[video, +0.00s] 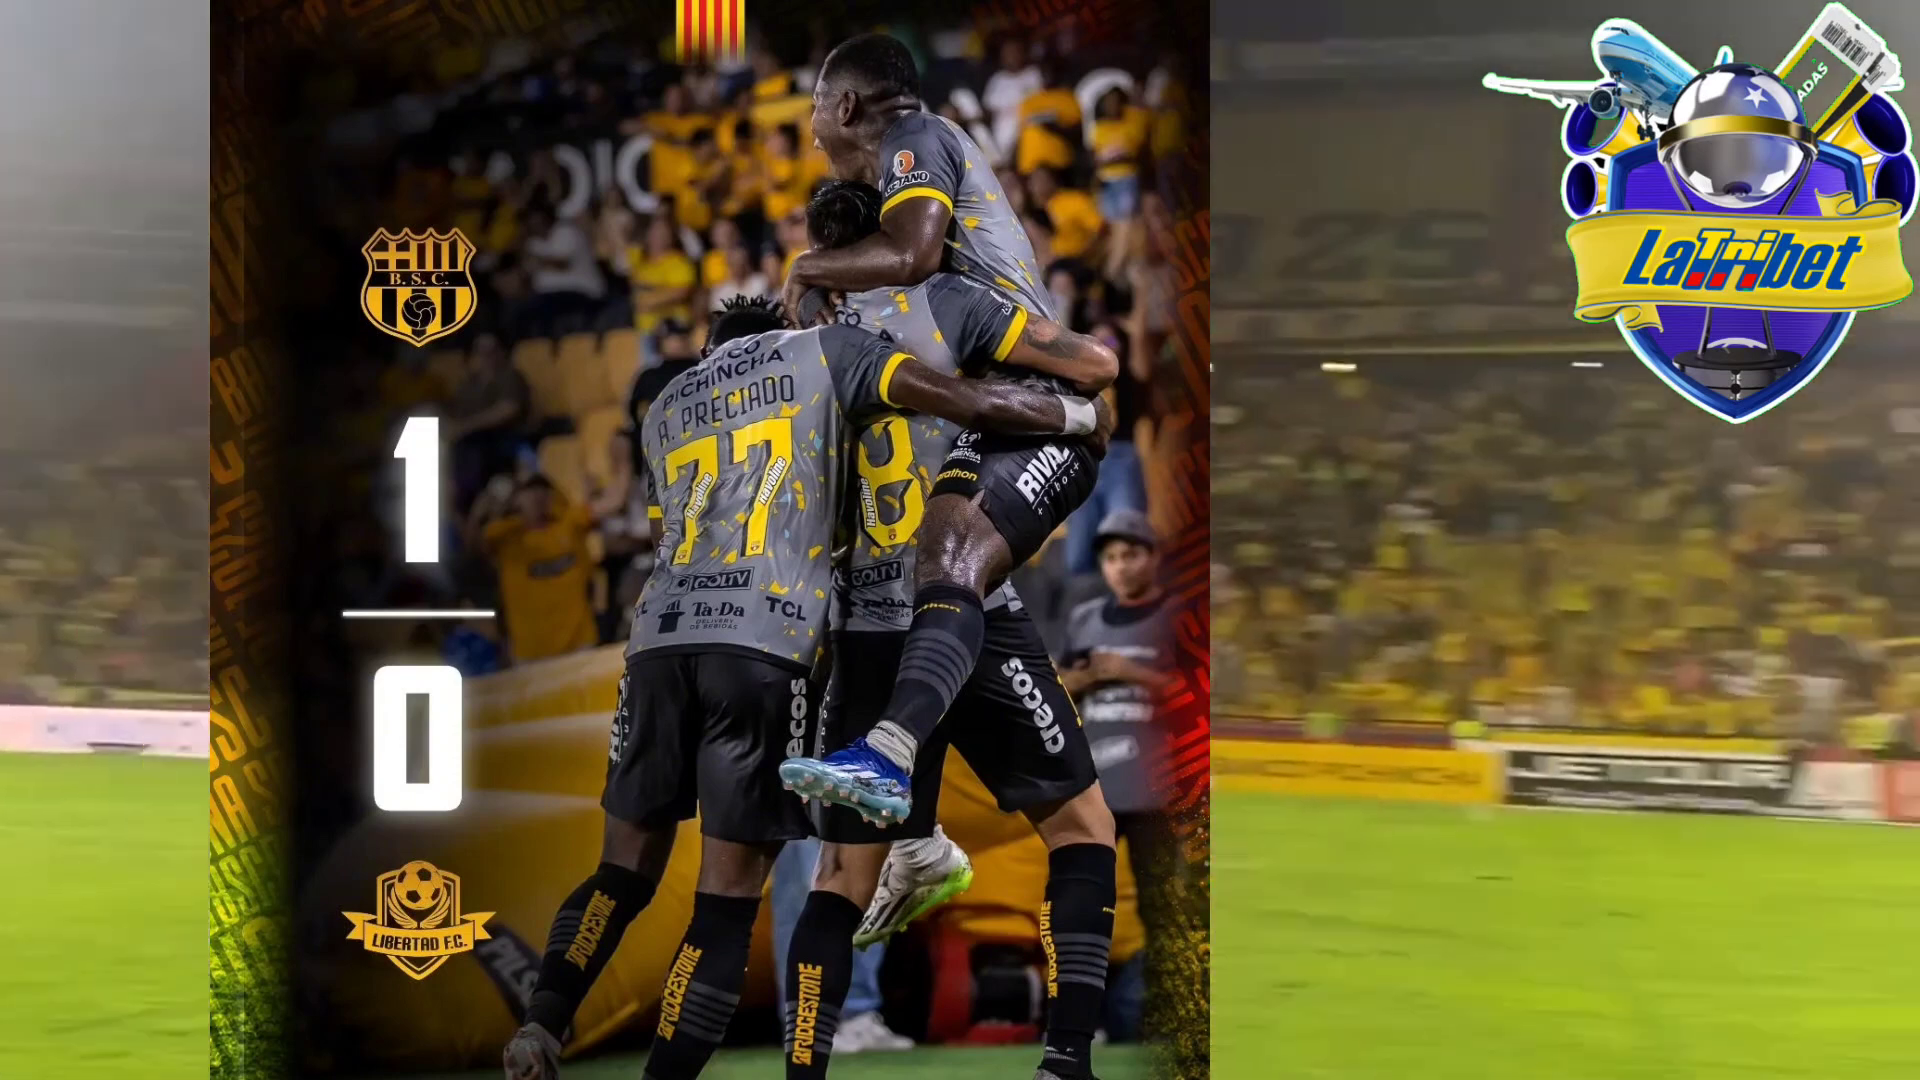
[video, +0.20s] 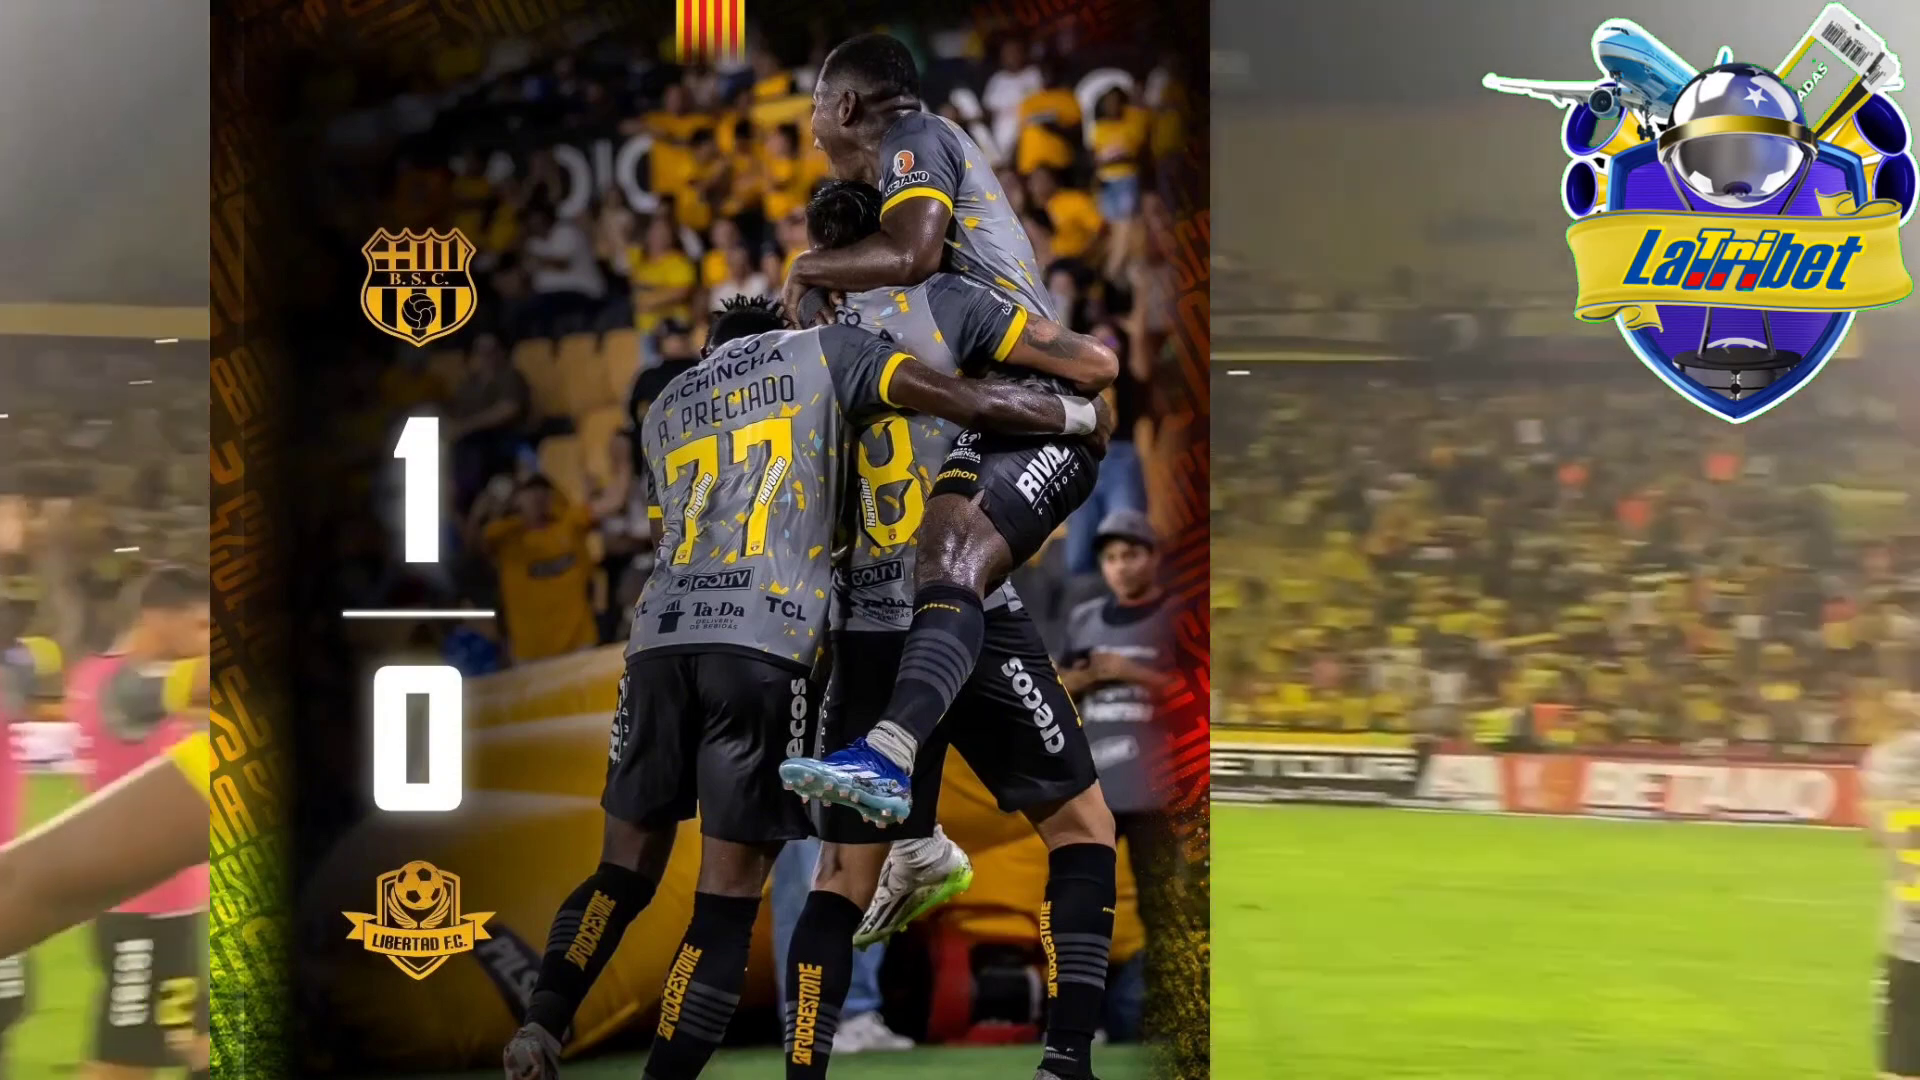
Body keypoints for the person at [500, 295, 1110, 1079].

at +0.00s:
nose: (826, 325)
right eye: (814, 319)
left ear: (710, 345)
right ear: (793, 324)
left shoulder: (661, 406)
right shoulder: (829, 348)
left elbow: (682, 519)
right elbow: (970, 399)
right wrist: (1086, 418)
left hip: (657, 648)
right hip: (762, 649)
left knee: (623, 865)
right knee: (727, 892)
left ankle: (542, 1027)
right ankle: (667, 1075)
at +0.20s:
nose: (826, 325)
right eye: (814, 319)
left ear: (709, 346)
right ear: (792, 324)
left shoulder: (660, 405)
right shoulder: (830, 348)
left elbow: (680, 520)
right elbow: (970, 400)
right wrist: (1088, 417)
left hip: (657, 648)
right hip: (762, 649)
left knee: (623, 865)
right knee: (727, 892)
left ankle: (542, 1028)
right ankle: (667, 1075)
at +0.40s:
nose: (828, 326)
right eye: (816, 319)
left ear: (709, 345)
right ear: (792, 324)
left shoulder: (661, 406)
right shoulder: (829, 348)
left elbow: (681, 519)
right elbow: (969, 399)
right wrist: (1087, 418)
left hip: (658, 648)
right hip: (762, 648)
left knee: (623, 865)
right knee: (728, 891)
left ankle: (542, 1027)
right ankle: (667, 1076)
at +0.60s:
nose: (828, 325)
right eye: (816, 318)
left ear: (708, 345)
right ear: (790, 323)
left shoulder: (660, 407)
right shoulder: (830, 348)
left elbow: (679, 522)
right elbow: (973, 400)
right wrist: (1089, 417)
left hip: (657, 648)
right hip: (762, 648)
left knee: (623, 865)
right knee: (728, 892)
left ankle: (542, 1027)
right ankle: (667, 1075)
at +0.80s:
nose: (824, 325)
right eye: (813, 318)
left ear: (710, 347)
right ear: (793, 324)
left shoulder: (660, 404)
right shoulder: (830, 348)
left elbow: (679, 520)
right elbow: (970, 399)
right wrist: (1086, 418)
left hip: (657, 648)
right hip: (762, 649)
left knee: (623, 865)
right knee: (728, 892)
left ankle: (542, 1027)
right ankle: (666, 1076)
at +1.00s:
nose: (824, 325)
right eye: (813, 318)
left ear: (710, 347)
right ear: (793, 324)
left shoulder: (660, 404)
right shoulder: (830, 348)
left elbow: (679, 520)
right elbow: (970, 399)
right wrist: (1086, 418)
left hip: (657, 648)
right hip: (762, 649)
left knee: (623, 865)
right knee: (728, 892)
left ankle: (542, 1027)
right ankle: (666, 1076)